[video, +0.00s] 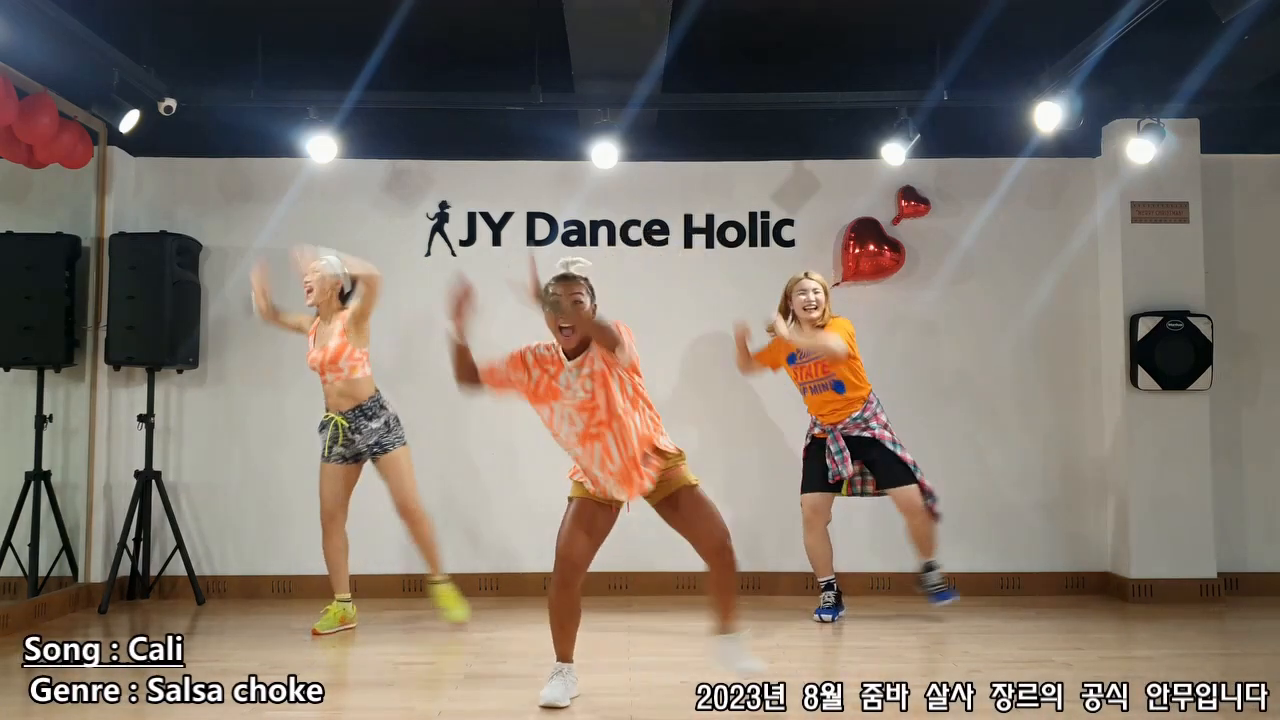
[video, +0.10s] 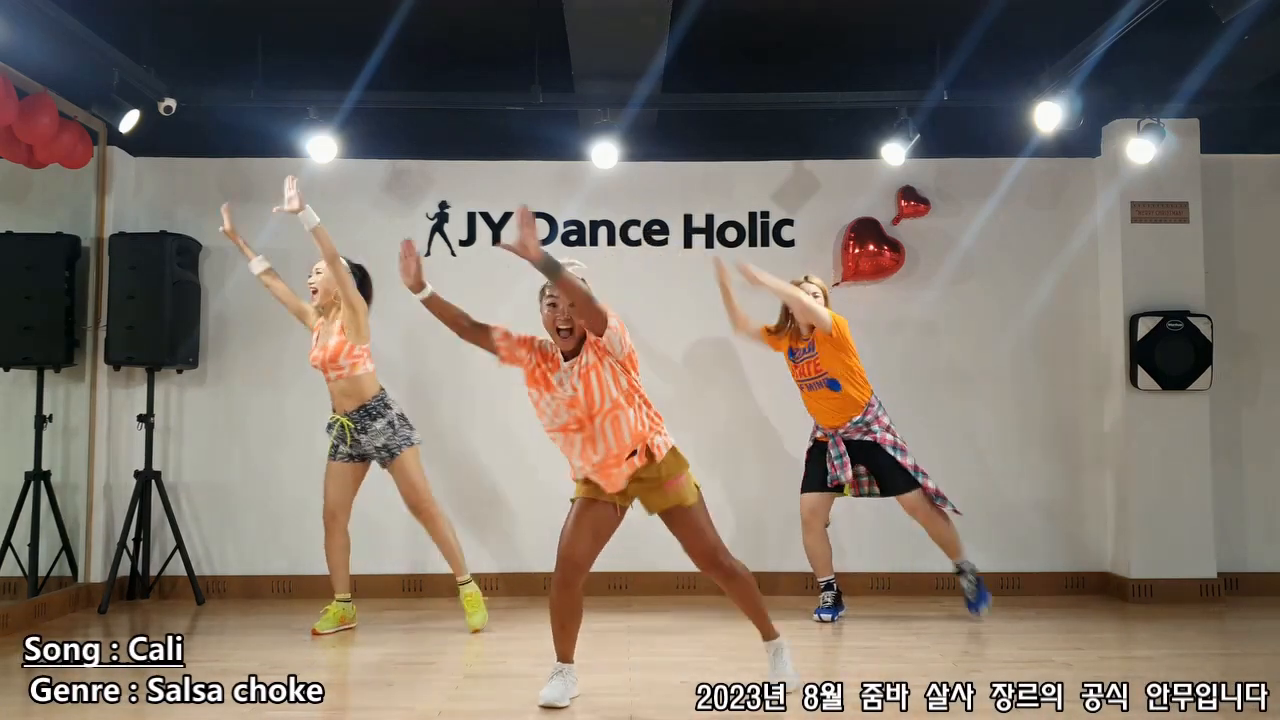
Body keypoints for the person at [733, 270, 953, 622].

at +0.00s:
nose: (810, 297)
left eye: (816, 291)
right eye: (801, 293)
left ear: (826, 299)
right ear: (789, 304)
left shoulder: (839, 327)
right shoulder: (784, 343)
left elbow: (835, 348)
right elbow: (748, 368)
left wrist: (789, 335)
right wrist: (741, 344)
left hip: (866, 425)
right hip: (824, 434)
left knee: (912, 501)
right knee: (813, 511)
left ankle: (929, 570)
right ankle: (829, 593)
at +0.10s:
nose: (808, 301)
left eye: (814, 297)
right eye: (802, 296)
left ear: (823, 304)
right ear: (790, 304)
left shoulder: (833, 330)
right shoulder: (785, 339)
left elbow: (802, 302)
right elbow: (743, 328)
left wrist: (762, 279)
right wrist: (725, 288)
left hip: (868, 429)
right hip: (826, 437)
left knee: (917, 504)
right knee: (811, 514)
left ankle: (966, 571)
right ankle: (829, 595)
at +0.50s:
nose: (853, 291)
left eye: (859, 286)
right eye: (846, 286)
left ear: (869, 294)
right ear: (833, 294)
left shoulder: (887, 332)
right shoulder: (824, 341)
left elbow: (916, 381)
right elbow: (795, 389)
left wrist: (881, 381)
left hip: (894, 431)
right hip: (850, 433)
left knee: (921, 513)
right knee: (833, 510)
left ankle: (925, 589)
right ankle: (831, 592)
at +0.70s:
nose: (887, 285)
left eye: (894, 279)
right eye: (880, 279)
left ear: (904, 287)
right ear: (867, 289)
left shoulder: (921, 327)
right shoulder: (855, 332)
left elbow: (970, 360)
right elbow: (837, 375)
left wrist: (962, 347)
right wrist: (881, 355)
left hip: (917, 429)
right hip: (873, 430)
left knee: (931, 511)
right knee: (875, 505)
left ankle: (927, 591)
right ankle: (871, 588)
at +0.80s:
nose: (905, 286)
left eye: (911, 280)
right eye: (897, 280)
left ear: (920, 291)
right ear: (882, 290)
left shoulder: (930, 330)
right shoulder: (869, 326)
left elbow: (978, 352)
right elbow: (867, 353)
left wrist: (988, 344)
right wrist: (915, 332)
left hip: (923, 430)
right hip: (883, 431)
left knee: (955, 505)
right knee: (887, 512)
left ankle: (935, 586)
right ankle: (879, 596)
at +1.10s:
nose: (965, 295)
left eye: (970, 289)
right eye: (955, 292)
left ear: (980, 299)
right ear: (943, 302)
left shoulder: (981, 350)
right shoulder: (935, 330)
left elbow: (998, 392)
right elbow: (929, 367)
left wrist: (1021, 383)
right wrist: (981, 367)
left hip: (939, 437)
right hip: (901, 427)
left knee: (968, 513)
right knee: (882, 504)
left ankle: (976, 593)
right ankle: (861, 581)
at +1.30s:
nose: (974, 303)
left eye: (979, 296)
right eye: (965, 298)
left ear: (990, 304)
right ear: (952, 307)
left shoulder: (992, 347)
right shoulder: (946, 332)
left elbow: (1040, 357)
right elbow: (1002, 336)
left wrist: (1075, 337)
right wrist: (1062, 327)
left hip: (937, 441)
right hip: (902, 430)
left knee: (968, 512)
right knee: (868, 502)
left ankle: (977, 593)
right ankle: (816, 569)